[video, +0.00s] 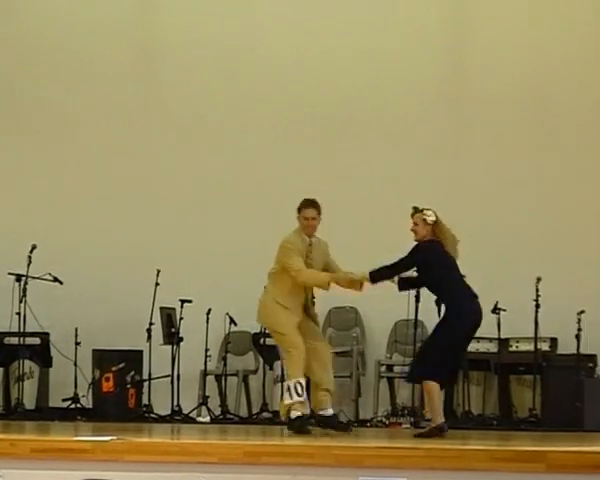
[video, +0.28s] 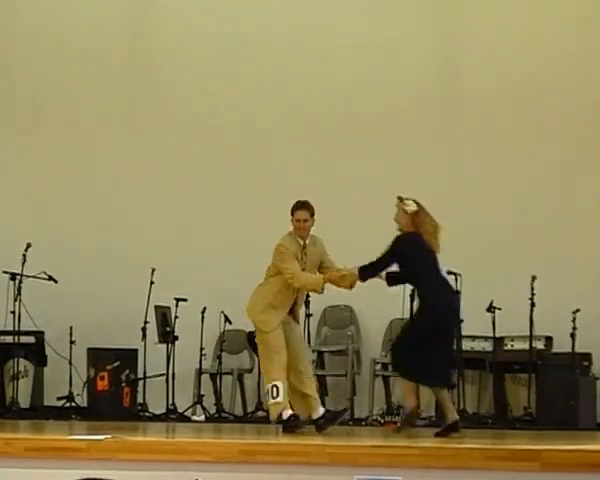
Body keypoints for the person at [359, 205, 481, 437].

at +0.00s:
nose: (412, 228)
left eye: (416, 225)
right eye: (412, 225)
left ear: (429, 227)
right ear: (429, 228)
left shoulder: (424, 249)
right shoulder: (438, 249)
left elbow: (395, 268)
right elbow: (426, 279)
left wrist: (367, 277)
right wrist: (396, 282)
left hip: (460, 311)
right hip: (469, 310)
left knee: (428, 363)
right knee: (430, 363)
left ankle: (437, 421)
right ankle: (434, 419)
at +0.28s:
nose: (395, 215)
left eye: (399, 212)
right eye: (397, 211)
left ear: (409, 217)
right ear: (413, 217)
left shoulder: (403, 241)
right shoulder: (423, 241)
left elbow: (377, 266)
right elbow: (415, 274)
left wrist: (353, 273)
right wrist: (385, 278)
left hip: (432, 304)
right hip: (448, 302)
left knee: (401, 351)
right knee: (432, 357)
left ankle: (410, 405)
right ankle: (450, 417)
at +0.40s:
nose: (368, 203)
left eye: (372, 200)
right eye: (370, 199)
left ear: (381, 204)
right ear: (390, 205)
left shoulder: (369, 226)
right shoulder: (395, 228)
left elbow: (346, 254)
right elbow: (387, 261)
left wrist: (328, 265)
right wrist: (363, 271)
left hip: (388, 292)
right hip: (406, 290)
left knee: (368, 352)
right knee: (410, 351)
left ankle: (357, 413)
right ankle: (438, 406)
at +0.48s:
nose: (350, 203)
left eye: (352, 200)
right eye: (352, 200)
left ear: (357, 203)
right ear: (373, 205)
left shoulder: (344, 225)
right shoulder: (378, 227)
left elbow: (313, 250)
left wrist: (314, 241)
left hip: (359, 294)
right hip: (381, 293)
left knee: (348, 354)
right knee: (385, 352)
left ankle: (346, 417)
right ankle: (419, 392)